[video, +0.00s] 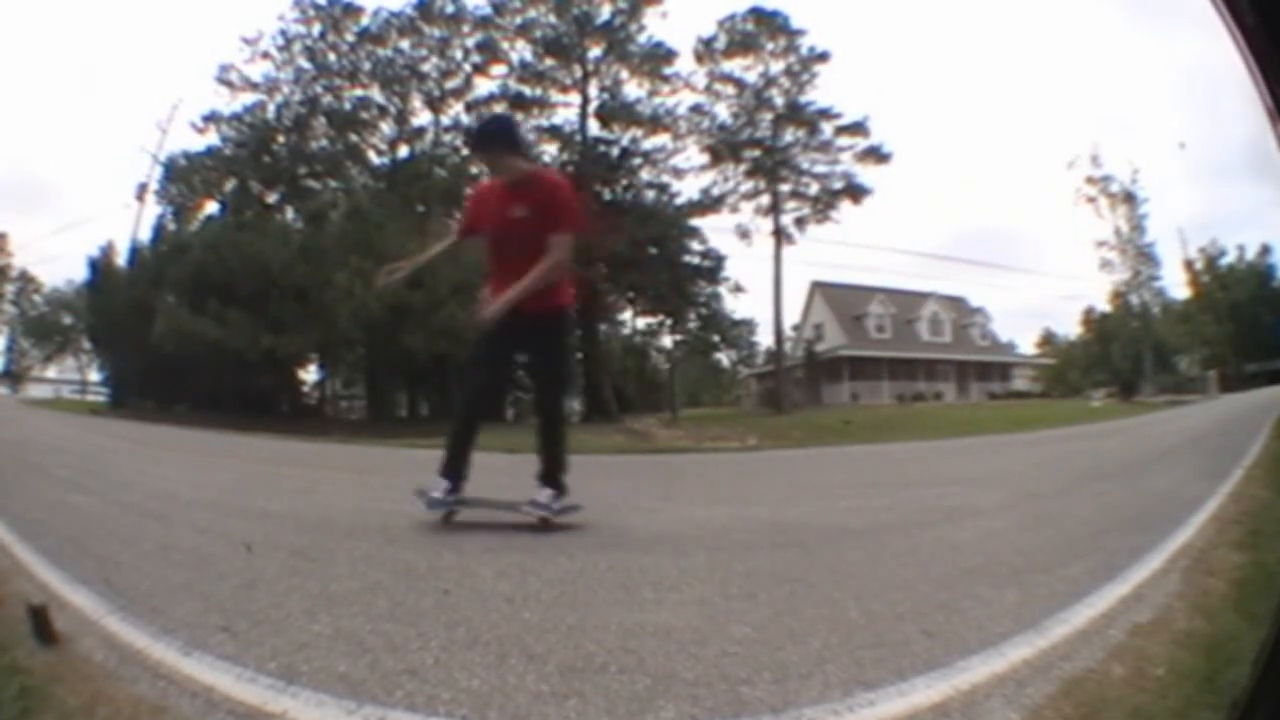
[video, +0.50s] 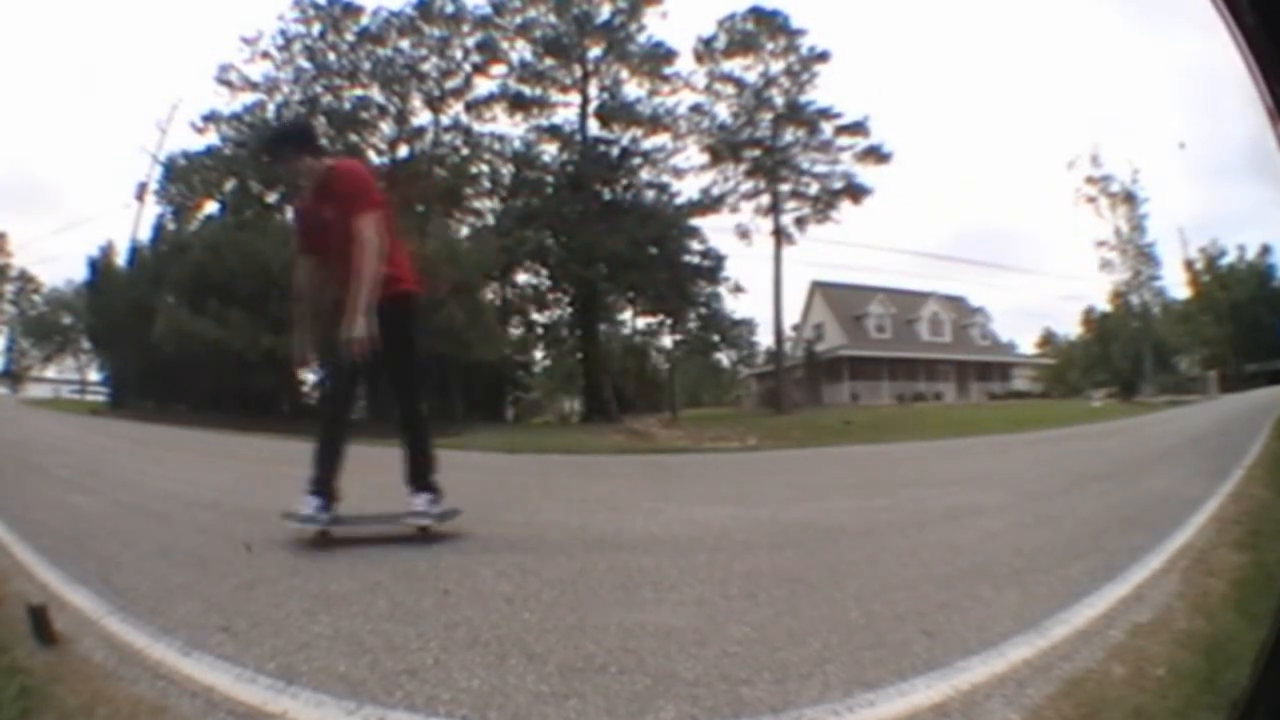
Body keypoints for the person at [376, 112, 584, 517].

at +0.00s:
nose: (489, 167)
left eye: (491, 158)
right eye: (484, 159)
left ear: (507, 150)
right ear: (486, 156)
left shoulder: (553, 187)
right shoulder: (487, 194)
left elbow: (560, 256)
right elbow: (458, 240)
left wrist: (505, 299)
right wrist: (408, 267)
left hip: (549, 308)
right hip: (502, 308)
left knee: (550, 400)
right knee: (476, 392)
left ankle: (553, 485)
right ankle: (450, 479)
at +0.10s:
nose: (436, 166)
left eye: (439, 157)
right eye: (433, 158)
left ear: (458, 150)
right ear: (440, 155)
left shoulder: (505, 189)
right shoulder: (444, 196)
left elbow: (517, 259)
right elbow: (429, 254)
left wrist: (513, 328)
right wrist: (408, 309)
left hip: (516, 309)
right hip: (474, 309)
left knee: (519, 400)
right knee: (452, 398)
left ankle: (523, 486)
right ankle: (430, 491)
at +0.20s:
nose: (388, 177)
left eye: (390, 167)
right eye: (383, 169)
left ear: (408, 158)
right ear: (389, 166)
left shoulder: (454, 189)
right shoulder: (400, 204)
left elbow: (480, 259)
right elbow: (410, 266)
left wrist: (510, 326)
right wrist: (415, 321)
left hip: (480, 316)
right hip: (437, 318)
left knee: (494, 404)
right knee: (423, 407)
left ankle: (508, 487)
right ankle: (411, 498)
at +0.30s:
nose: (345, 182)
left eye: (348, 171)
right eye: (340, 174)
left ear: (366, 162)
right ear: (344, 174)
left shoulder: (415, 184)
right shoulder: (363, 211)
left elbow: (455, 247)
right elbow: (389, 262)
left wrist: (481, 315)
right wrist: (403, 304)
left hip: (450, 307)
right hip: (407, 313)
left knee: (466, 401)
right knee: (397, 403)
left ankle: (482, 487)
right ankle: (383, 498)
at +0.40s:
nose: (313, 185)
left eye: (314, 174)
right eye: (306, 178)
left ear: (334, 161)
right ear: (312, 176)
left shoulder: (379, 181)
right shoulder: (333, 212)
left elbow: (422, 241)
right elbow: (348, 268)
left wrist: (428, 309)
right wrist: (350, 320)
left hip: (417, 305)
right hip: (378, 312)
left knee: (438, 398)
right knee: (369, 402)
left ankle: (456, 488)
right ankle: (355, 499)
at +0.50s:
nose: (288, 175)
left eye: (289, 165)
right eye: (282, 168)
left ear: (305, 154)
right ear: (287, 166)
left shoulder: (350, 175)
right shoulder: (306, 208)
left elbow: (370, 248)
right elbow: (307, 275)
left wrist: (360, 314)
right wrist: (305, 339)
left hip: (389, 298)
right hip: (347, 304)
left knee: (405, 392)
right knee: (335, 396)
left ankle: (424, 488)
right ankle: (322, 495)